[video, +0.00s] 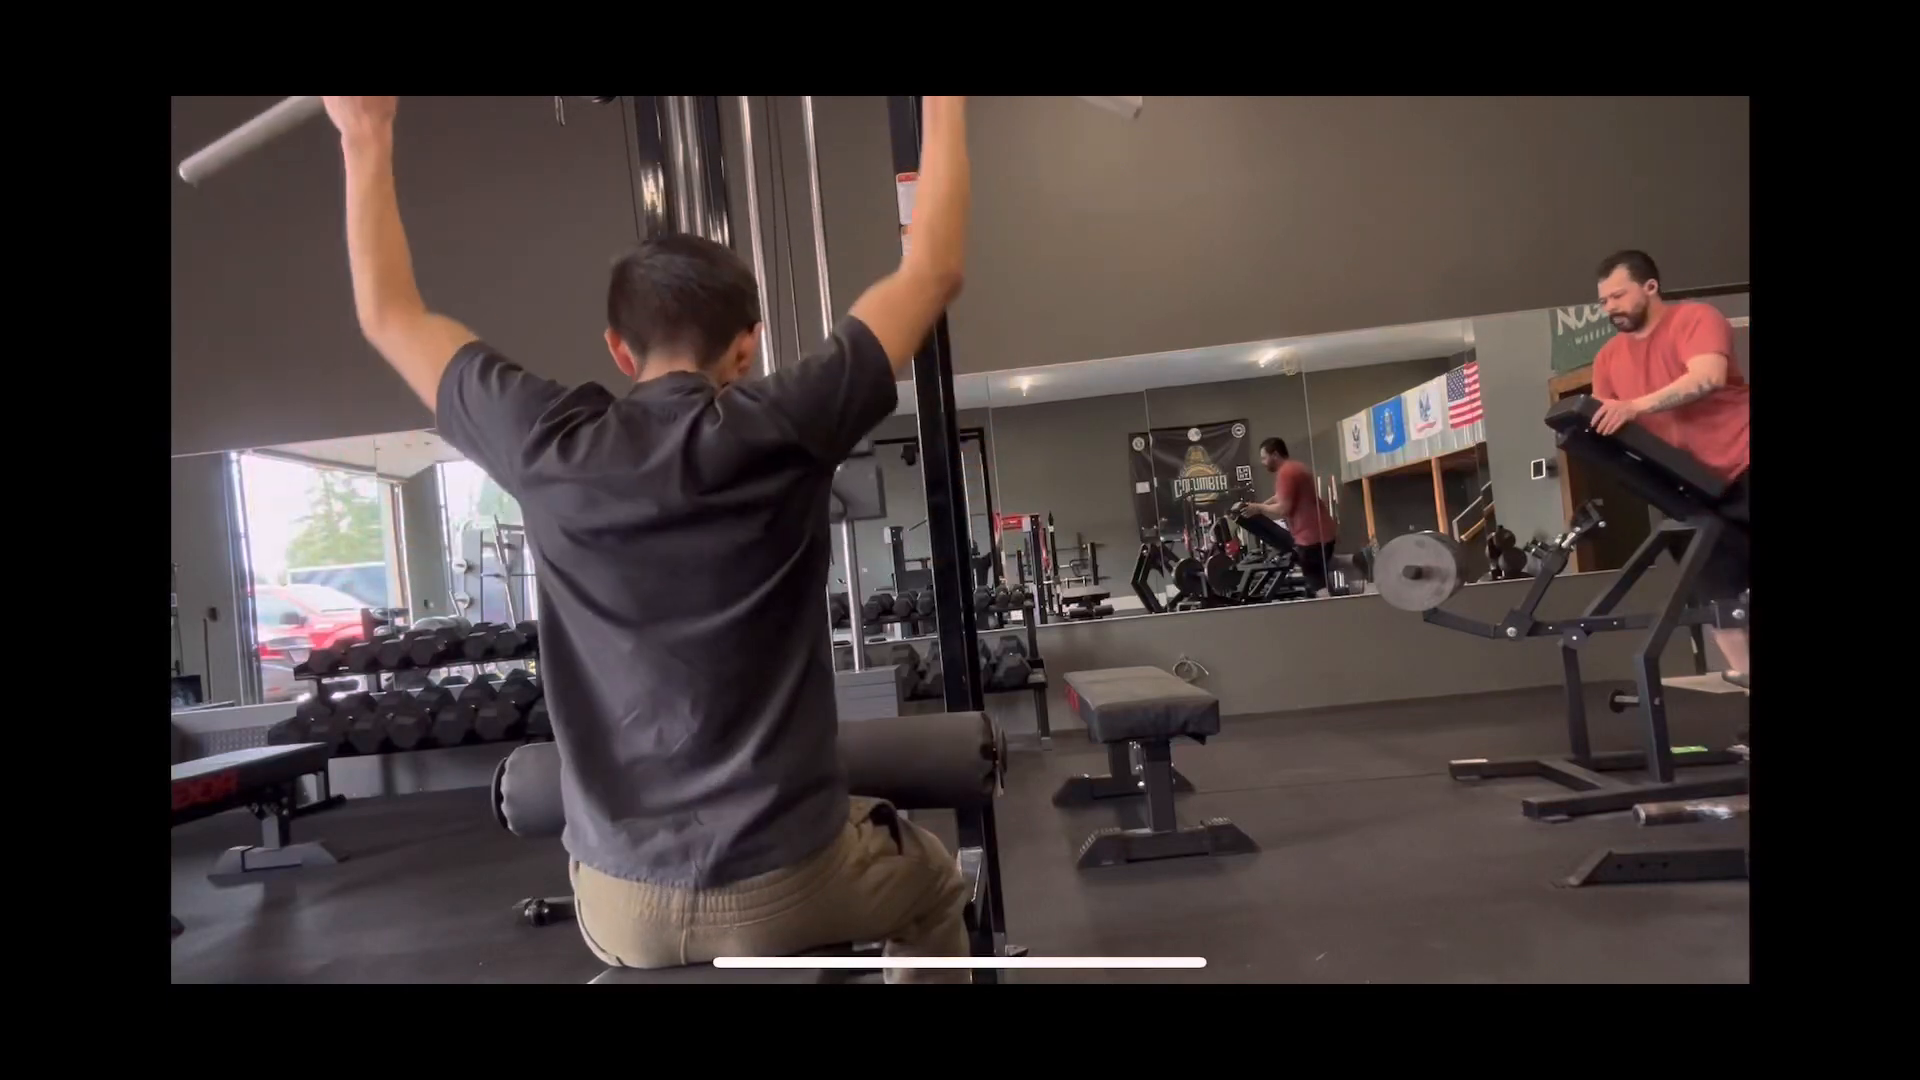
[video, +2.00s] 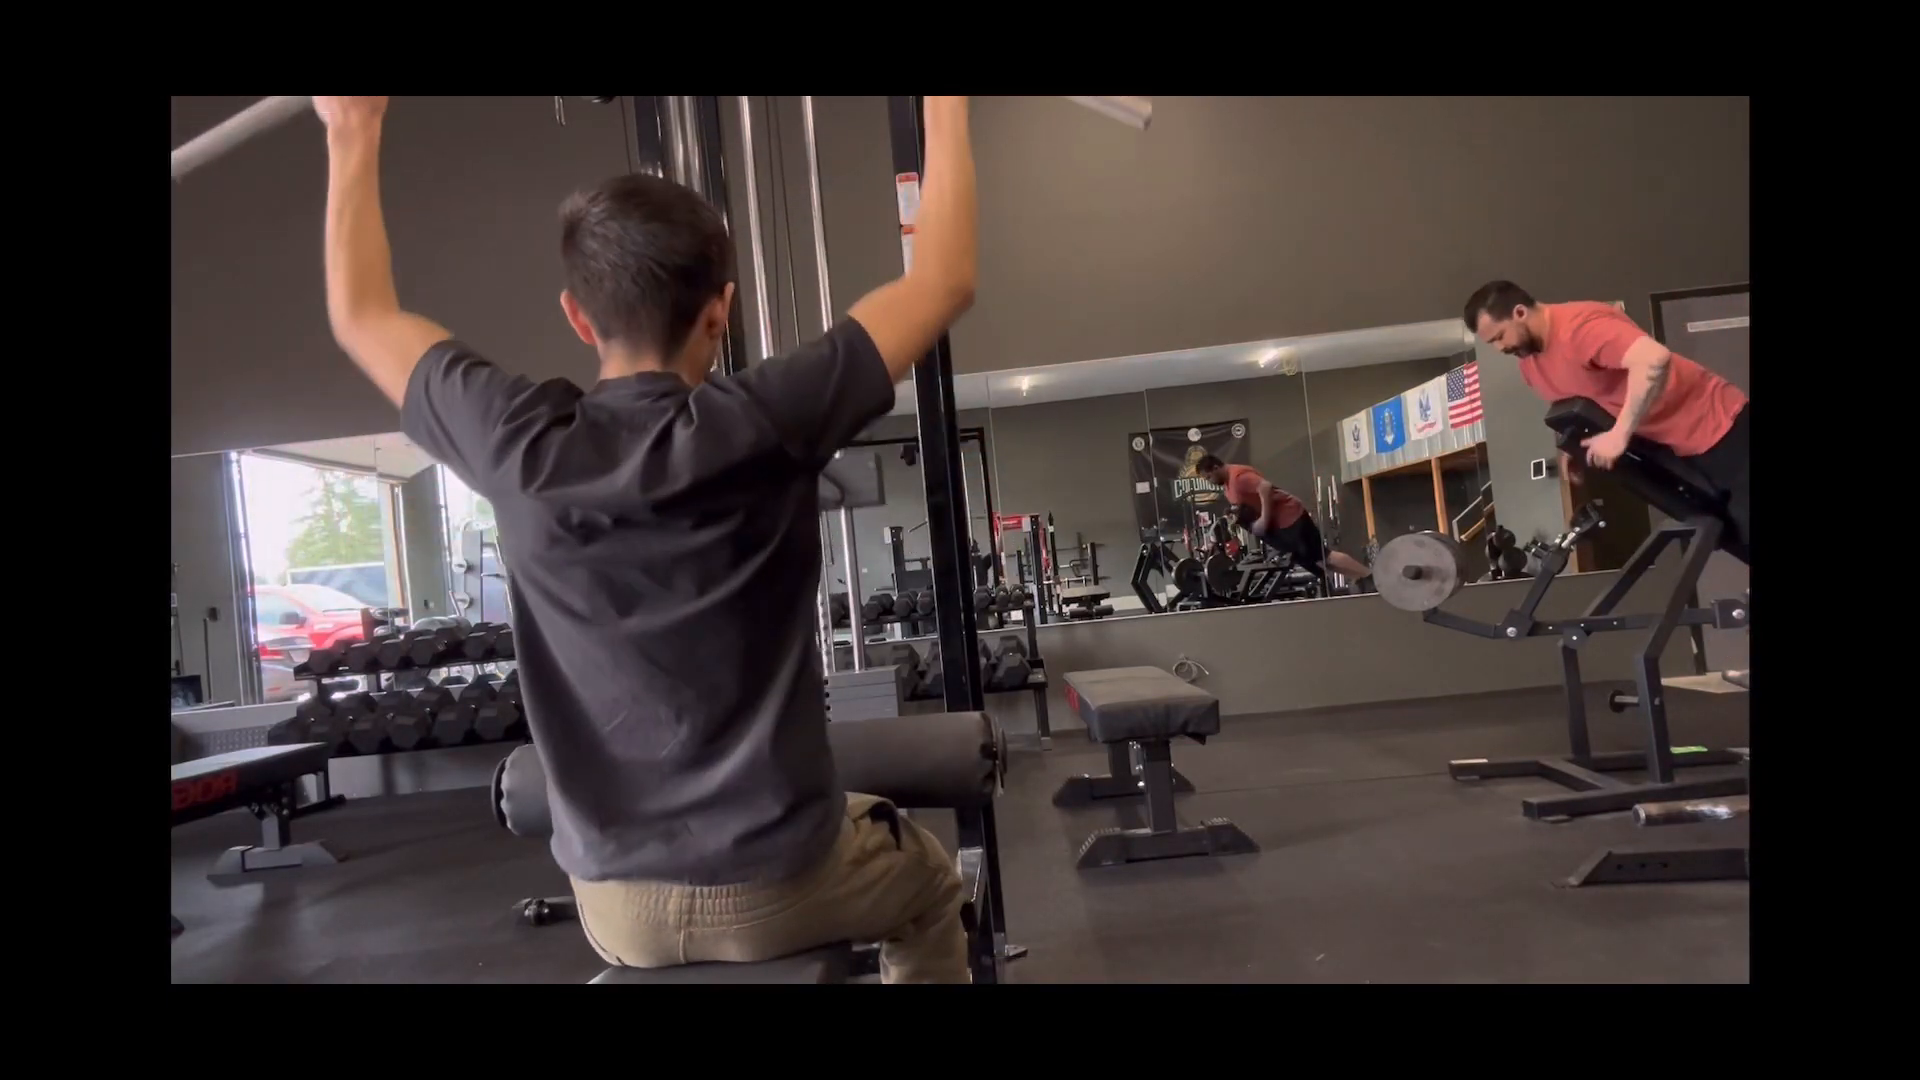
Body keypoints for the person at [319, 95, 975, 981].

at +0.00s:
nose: (758, 355)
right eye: (755, 340)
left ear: (619, 352)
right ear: (746, 346)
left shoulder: (545, 438)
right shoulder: (785, 423)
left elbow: (389, 314)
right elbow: (933, 272)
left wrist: (364, 139)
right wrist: (945, 102)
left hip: (617, 903)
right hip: (784, 893)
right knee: (932, 883)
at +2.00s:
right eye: (729, 294)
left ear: (577, 317)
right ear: (718, 313)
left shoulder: (520, 441)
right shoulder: (769, 420)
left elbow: (359, 313)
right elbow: (942, 282)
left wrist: (350, 131)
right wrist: (947, 105)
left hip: (615, 904)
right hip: (780, 890)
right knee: (927, 882)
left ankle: (632, 972)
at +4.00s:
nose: (673, 310)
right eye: (669, 297)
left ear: (506, 347)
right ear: (658, 328)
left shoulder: (472, 472)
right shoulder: (742, 448)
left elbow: (298, 358)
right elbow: (945, 333)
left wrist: (305, 159)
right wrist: (941, 134)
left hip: (612, 914)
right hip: (778, 902)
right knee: (918, 864)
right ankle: (926, 981)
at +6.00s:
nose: (679, 316)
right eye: (679, 299)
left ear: (509, 343)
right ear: (669, 320)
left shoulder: (467, 501)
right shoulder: (730, 471)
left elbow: (261, 469)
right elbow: (970, 416)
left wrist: (296, 269)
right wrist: (947, 220)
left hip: (608, 917)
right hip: (773, 904)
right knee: (918, 863)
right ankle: (921, 973)